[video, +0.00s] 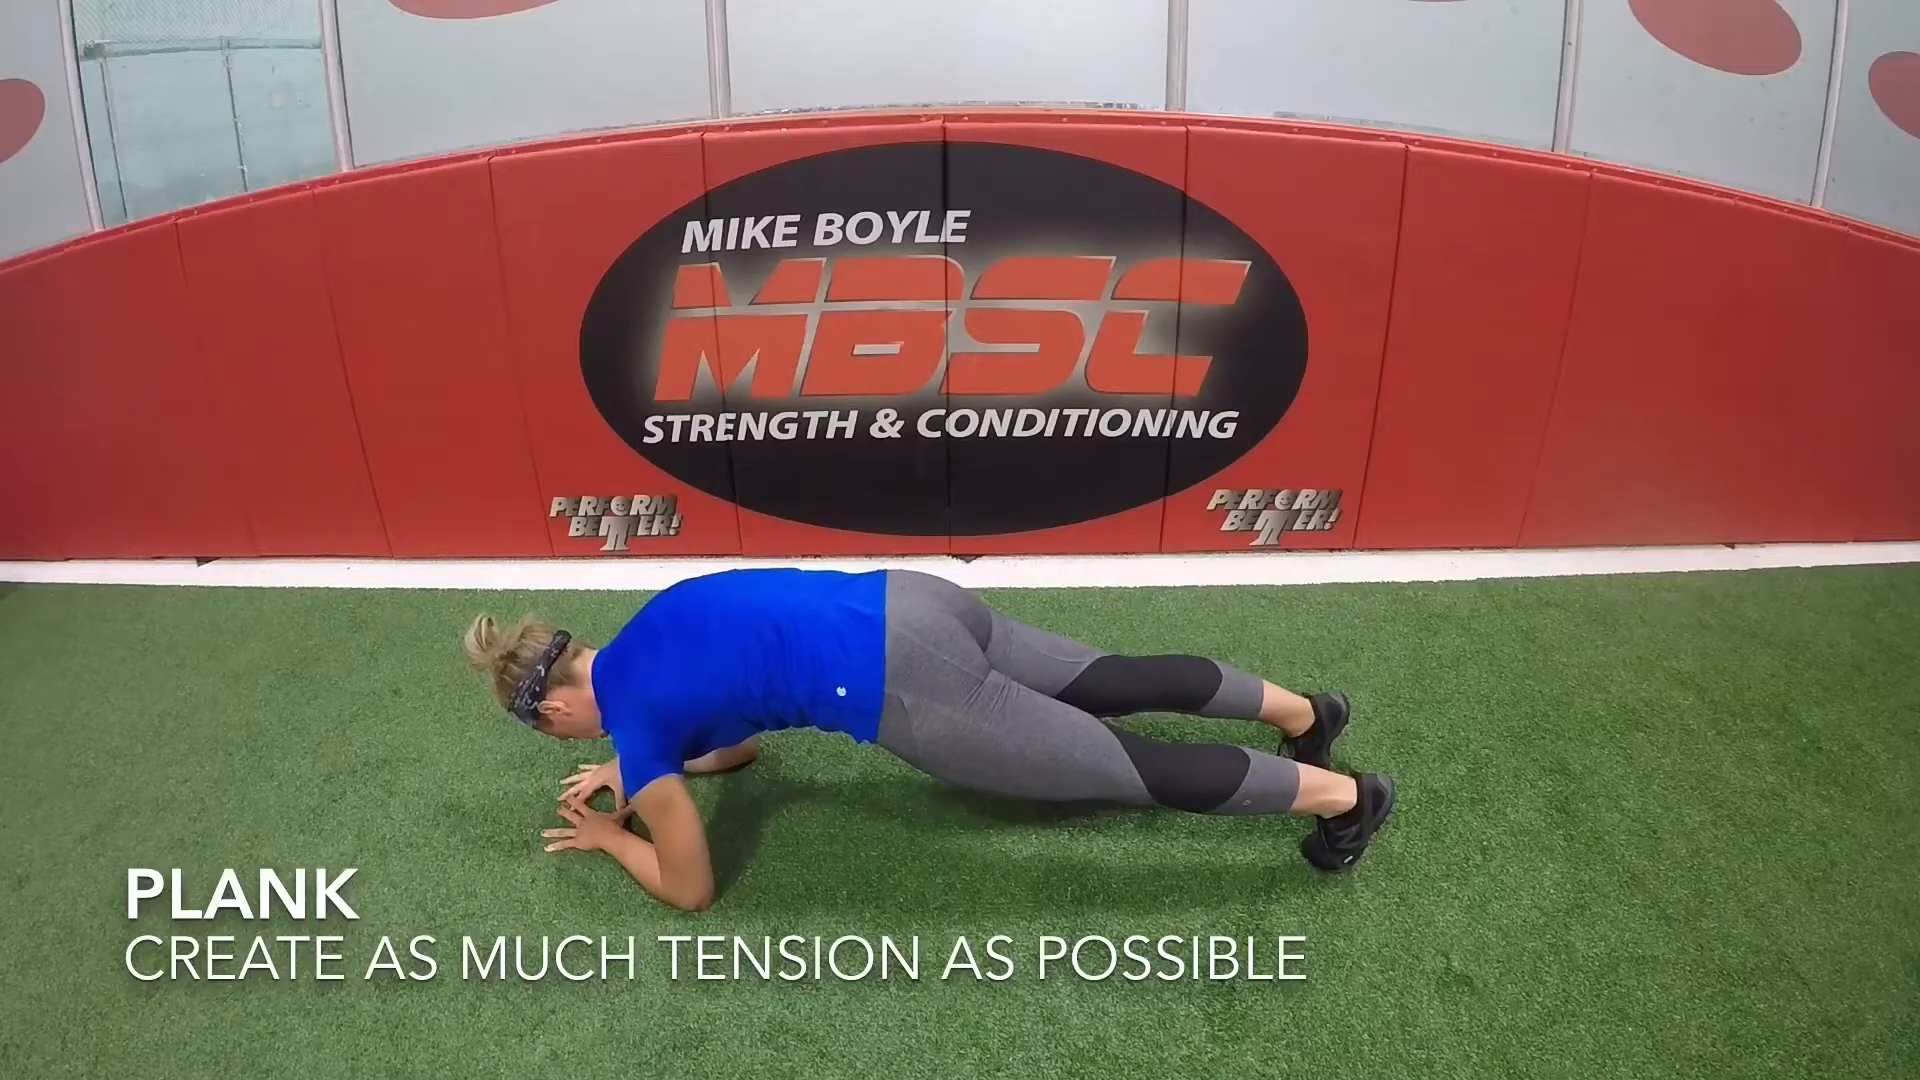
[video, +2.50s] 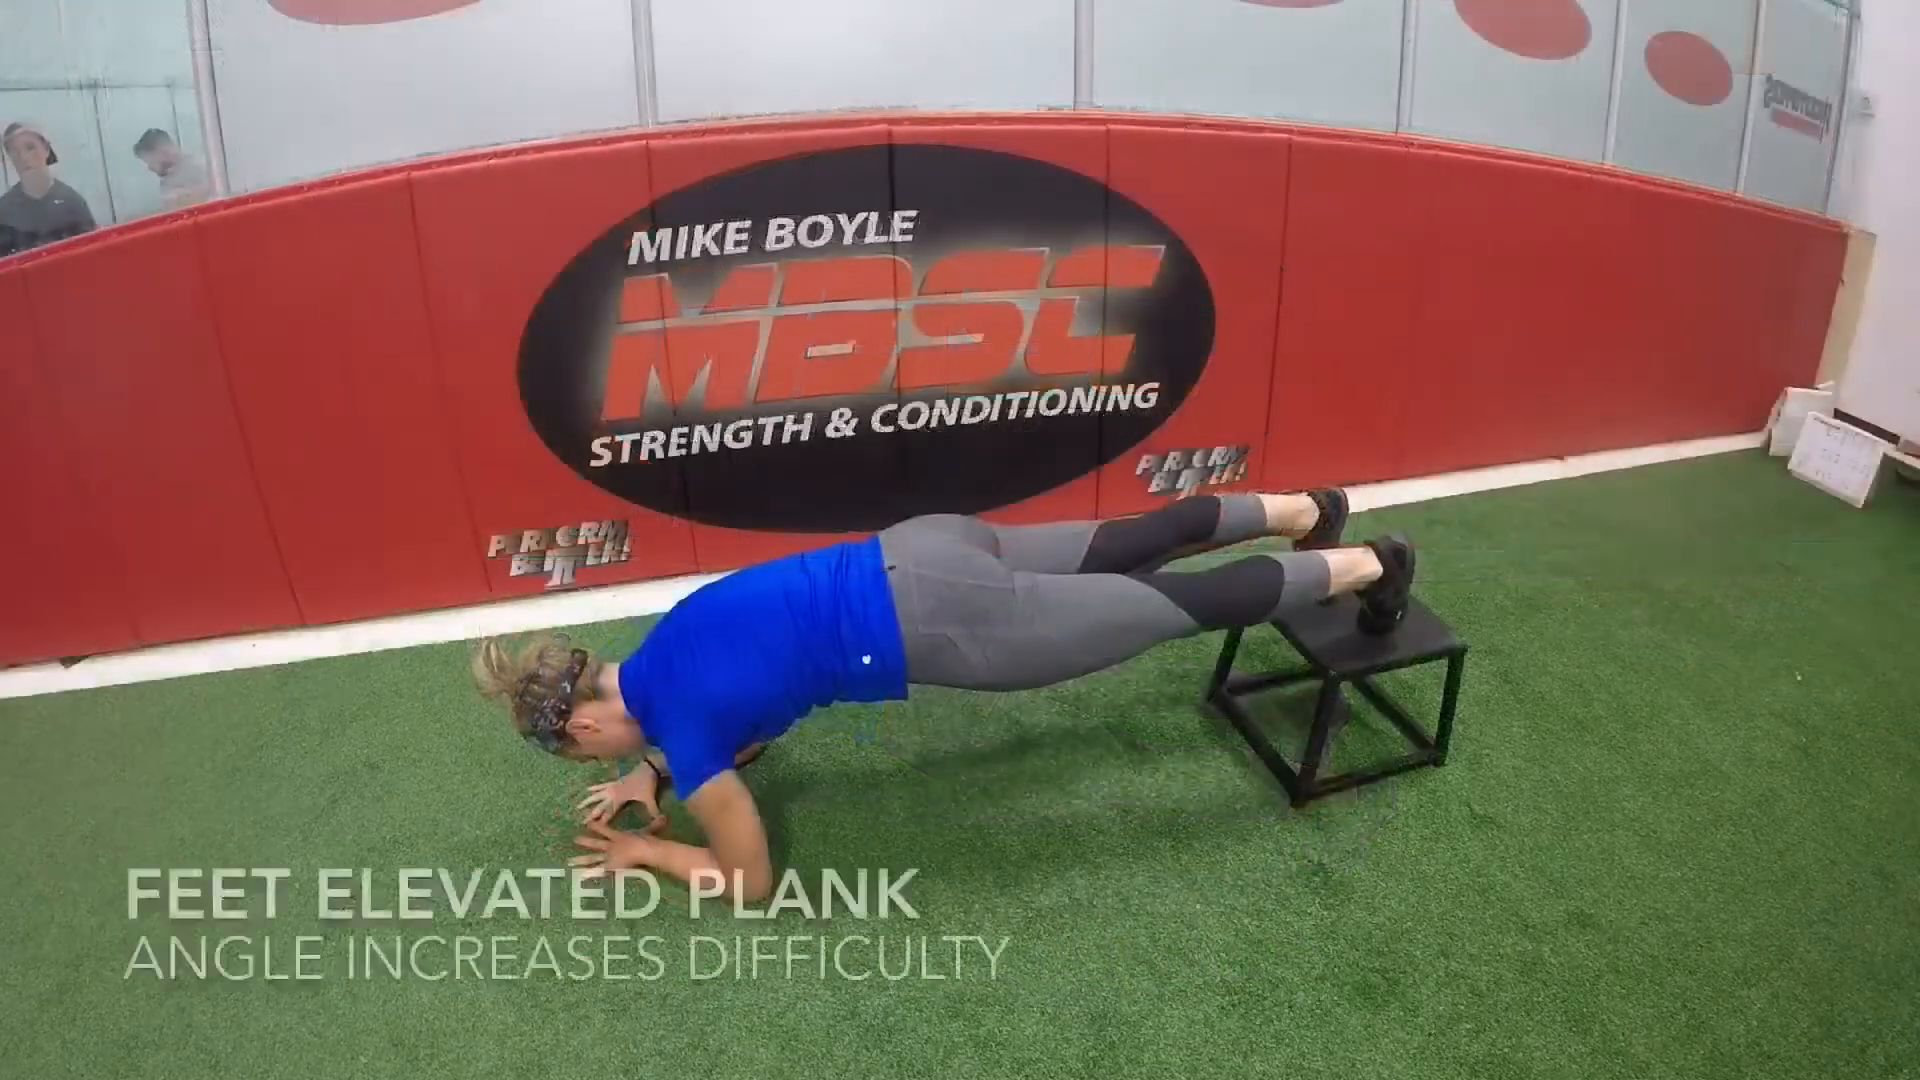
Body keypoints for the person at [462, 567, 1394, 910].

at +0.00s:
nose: (568, 735)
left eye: (553, 729)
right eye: (557, 729)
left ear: (558, 699)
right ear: (574, 647)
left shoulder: (633, 717)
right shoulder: (656, 613)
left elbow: (688, 885)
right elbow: (737, 743)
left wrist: (613, 840)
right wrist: (638, 778)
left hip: (901, 689)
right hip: (915, 593)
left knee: (1133, 769)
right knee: (1106, 678)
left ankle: (1341, 794)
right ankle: (1307, 715)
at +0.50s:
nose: (570, 737)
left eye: (555, 731)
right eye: (559, 731)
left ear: (562, 700)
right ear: (576, 650)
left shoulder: (633, 718)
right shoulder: (657, 613)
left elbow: (687, 885)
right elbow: (738, 744)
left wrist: (615, 841)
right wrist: (639, 778)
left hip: (899, 688)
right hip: (914, 592)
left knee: (1131, 769)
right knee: (1105, 678)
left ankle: (1341, 795)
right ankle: (1307, 715)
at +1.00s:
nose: (570, 737)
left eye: (555, 730)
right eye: (559, 730)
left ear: (561, 700)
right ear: (575, 649)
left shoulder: (633, 717)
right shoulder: (657, 612)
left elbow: (687, 885)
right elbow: (738, 742)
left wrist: (613, 840)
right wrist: (639, 778)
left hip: (899, 689)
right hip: (915, 594)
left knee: (1133, 771)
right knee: (1111, 680)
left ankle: (1342, 796)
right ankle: (1307, 715)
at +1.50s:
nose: (572, 736)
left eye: (556, 730)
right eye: (561, 730)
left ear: (560, 699)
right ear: (575, 648)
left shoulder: (631, 716)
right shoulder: (657, 609)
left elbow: (688, 885)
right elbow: (738, 740)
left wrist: (612, 840)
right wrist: (640, 777)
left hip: (900, 690)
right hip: (916, 593)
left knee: (1131, 771)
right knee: (1110, 681)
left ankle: (1343, 798)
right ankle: (1306, 714)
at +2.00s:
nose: (582, 744)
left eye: (564, 732)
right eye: (569, 734)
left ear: (575, 703)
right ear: (581, 660)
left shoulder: (650, 711)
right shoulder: (653, 627)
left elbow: (739, 878)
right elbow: (739, 759)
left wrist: (629, 852)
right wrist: (649, 782)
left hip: (897, 681)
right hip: (906, 583)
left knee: (1106, 774)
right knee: (1082, 670)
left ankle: (1325, 791)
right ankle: (1283, 706)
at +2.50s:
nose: (595, 754)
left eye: (579, 743)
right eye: (583, 745)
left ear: (592, 711)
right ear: (594, 672)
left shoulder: (683, 722)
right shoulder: (667, 633)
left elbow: (745, 881)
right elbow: (749, 747)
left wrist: (639, 855)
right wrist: (659, 802)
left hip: (932, 630)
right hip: (913, 537)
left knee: (1165, 608)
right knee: (1107, 545)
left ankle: (1337, 569)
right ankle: (1265, 508)